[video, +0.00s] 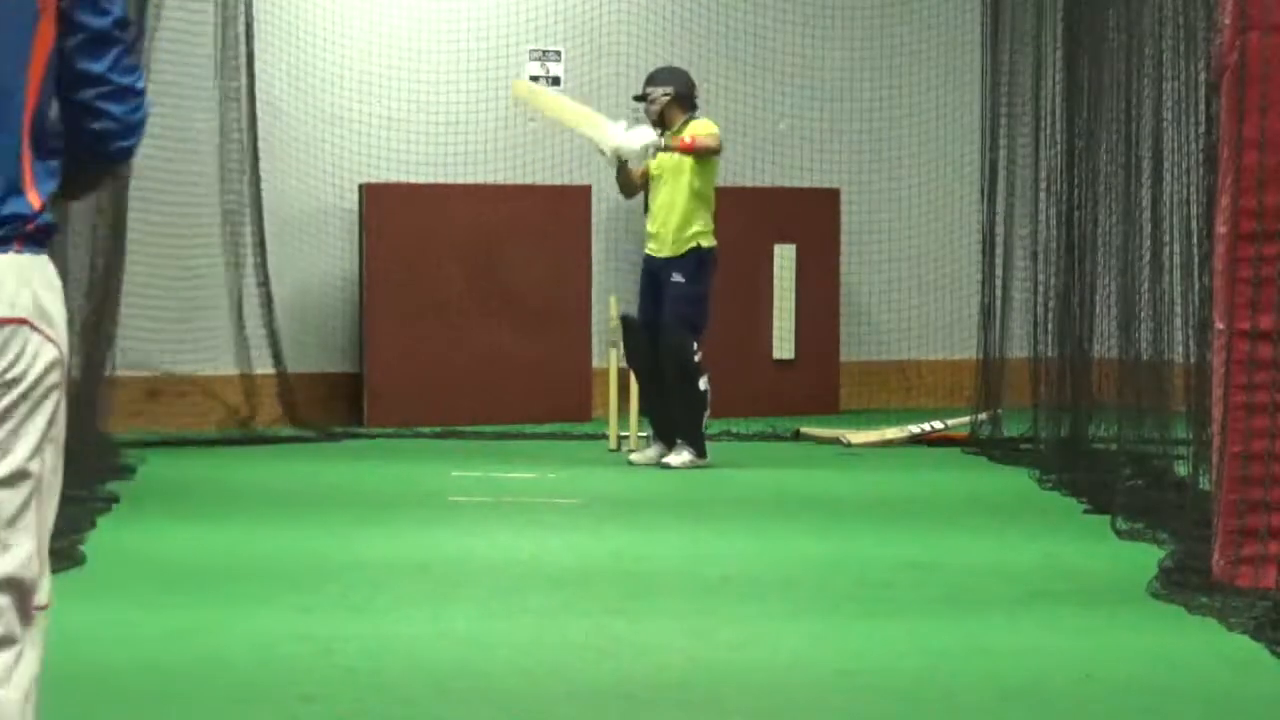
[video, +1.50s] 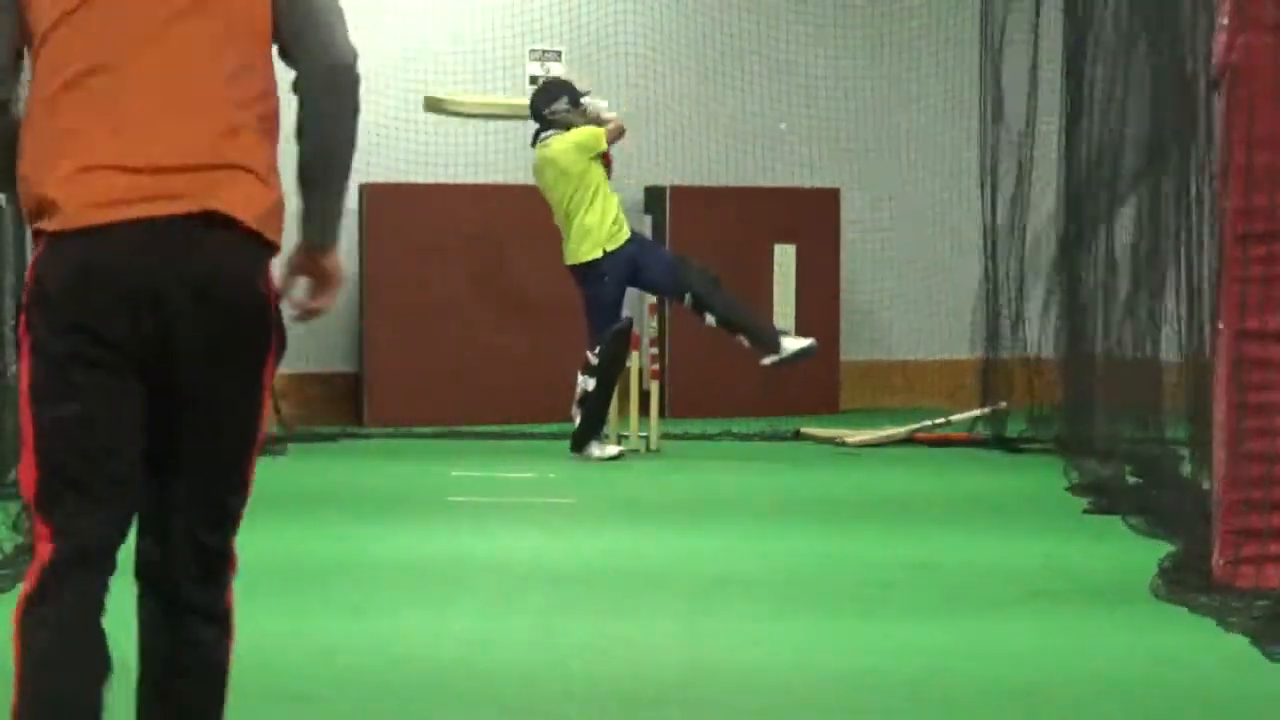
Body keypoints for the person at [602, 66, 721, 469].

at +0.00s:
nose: (645, 107)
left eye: (650, 99)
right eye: (644, 100)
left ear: (671, 97)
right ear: (660, 101)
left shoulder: (699, 128)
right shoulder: (656, 145)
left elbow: (712, 146)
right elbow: (630, 188)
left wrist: (664, 144)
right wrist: (620, 157)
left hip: (690, 253)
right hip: (656, 254)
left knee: (676, 343)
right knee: (649, 343)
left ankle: (692, 445)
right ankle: (664, 439)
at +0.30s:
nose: (638, 111)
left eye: (643, 103)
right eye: (638, 103)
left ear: (662, 99)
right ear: (657, 101)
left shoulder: (700, 136)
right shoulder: (656, 148)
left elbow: (729, 187)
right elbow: (656, 192)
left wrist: (683, 199)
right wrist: (635, 194)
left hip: (693, 256)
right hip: (658, 256)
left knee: (683, 346)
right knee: (638, 342)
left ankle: (692, 444)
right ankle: (663, 436)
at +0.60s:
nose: (613, 169)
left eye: (621, 160)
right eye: (605, 162)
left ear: (635, 159)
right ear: (595, 164)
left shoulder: (648, 195)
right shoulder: (605, 184)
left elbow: (659, 264)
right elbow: (613, 220)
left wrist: (623, 270)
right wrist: (606, 235)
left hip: (701, 254)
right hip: (672, 257)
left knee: (656, 330)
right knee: (639, 335)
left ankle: (669, 442)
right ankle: (663, 437)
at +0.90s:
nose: (617, 130)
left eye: (624, 123)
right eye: (609, 125)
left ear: (636, 121)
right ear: (598, 128)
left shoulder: (654, 136)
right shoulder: (595, 160)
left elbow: (646, 162)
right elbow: (589, 217)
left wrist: (606, 169)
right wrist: (579, 186)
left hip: (674, 255)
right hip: (625, 262)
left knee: (662, 332)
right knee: (606, 349)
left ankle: (668, 441)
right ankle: (633, 428)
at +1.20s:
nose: (593, 108)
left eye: (590, 101)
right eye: (586, 102)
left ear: (567, 109)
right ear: (568, 109)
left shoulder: (593, 145)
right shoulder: (559, 144)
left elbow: (637, 148)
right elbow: (618, 114)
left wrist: (660, 109)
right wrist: (657, 79)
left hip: (641, 236)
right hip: (604, 250)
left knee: (685, 294)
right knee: (607, 344)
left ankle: (714, 399)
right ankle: (589, 434)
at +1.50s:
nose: (580, 112)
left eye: (578, 106)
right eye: (575, 106)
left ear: (545, 114)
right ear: (560, 111)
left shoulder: (545, 154)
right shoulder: (567, 144)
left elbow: (593, 166)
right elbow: (616, 129)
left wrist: (593, 127)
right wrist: (578, 118)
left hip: (624, 244)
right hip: (596, 258)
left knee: (697, 286)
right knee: (608, 348)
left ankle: (772, 343)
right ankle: (586, 439)